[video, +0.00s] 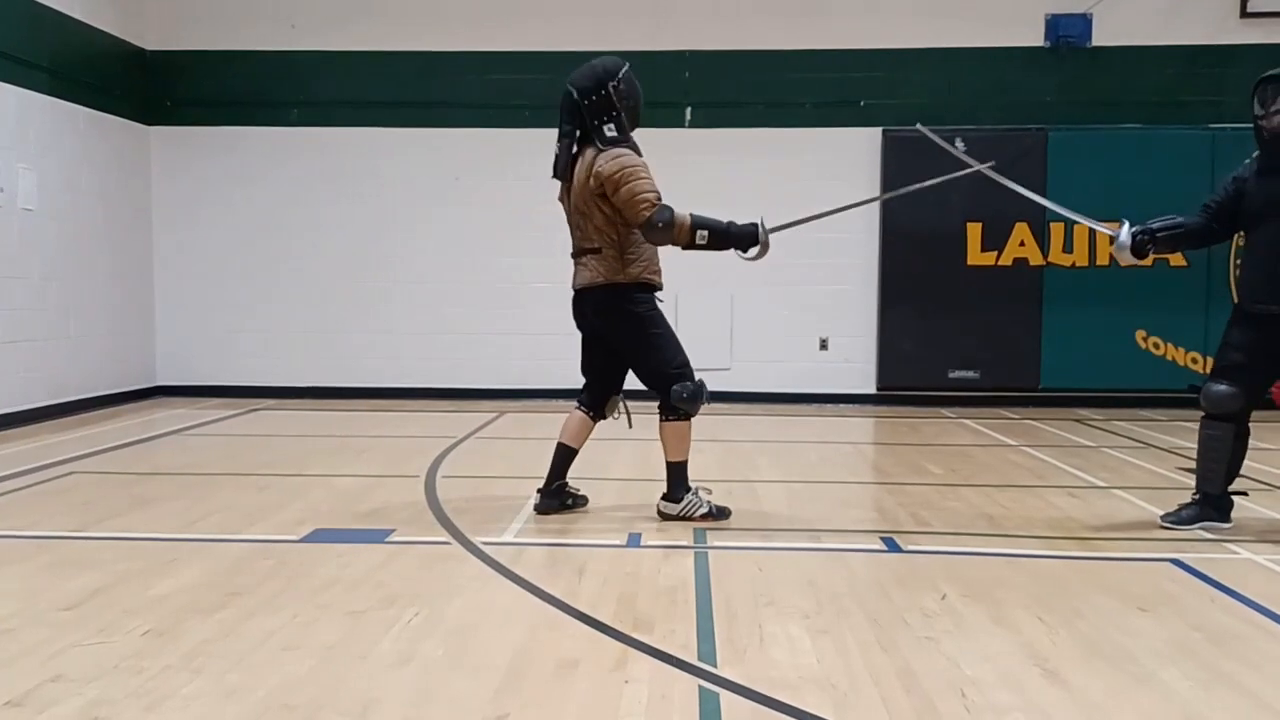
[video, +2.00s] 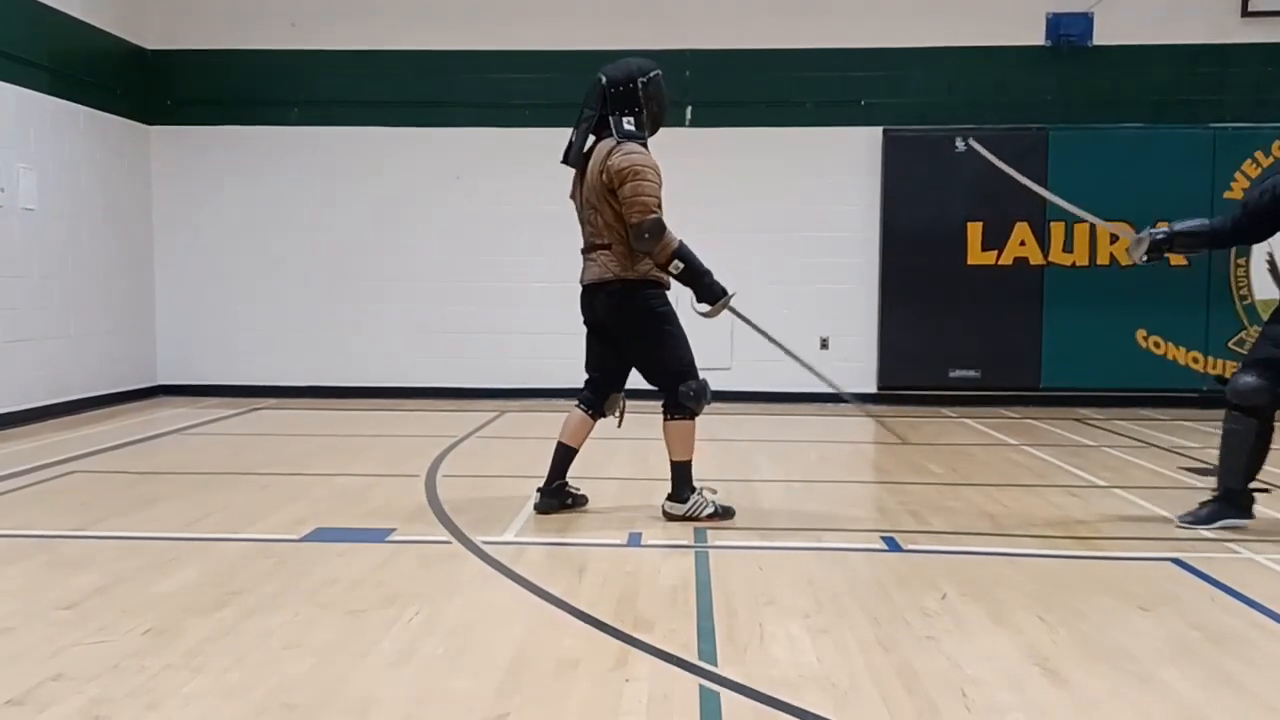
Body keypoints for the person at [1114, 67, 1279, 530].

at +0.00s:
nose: (1268, 121)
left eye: (1274, 113)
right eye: (1266, 112)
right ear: (1260, 118)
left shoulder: (1263, 172)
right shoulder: (1257, 172)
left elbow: (1212, 223)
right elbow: (1212, 223)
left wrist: (1146, 239)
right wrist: (1145, 237)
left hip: (1268, 308)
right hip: (1258, 307)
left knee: (1228, 394)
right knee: (1225, 394)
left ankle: (1212, 498)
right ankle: (1212, 499)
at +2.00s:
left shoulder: (1273, 191)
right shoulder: (1272, 189)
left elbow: (1238, 227)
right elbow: (1238, 226)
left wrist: (1163, 237)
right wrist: (1165, 237)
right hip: (1279, 317)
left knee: (1252, 388)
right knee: (1251, 388)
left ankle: (1233, 498)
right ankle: (1232, 497)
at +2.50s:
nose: (1270, 118)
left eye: (1277, 110)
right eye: (1267, 110)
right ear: (1256, 117)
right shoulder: (1252, 173)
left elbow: (1199, 218)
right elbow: (1199, 218)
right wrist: (1127, 226)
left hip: (1270, 313)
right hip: (1255, 311)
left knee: (1224, 396)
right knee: (1220, 397)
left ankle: (1201, 498)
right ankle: (1200, 500)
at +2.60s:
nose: (1274, 118)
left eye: (1279, 110)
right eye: (1270, 110)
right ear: (1258, 118)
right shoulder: (1253, 174)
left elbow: (1201, 218)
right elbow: (1201, 218)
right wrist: (1128, 225)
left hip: (1271, 315)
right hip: (1256, 313)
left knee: (1227, 396)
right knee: (1222, 398)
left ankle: (1202, 498)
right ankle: (1201, 500)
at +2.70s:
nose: (1272, 120)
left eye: (1277, 111)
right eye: (1269, 111)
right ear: (1260, 117)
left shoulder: (1264, 174)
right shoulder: (1258, 173)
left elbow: (1207, 219)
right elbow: (1207, 219)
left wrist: (1135, 227)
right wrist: (1134, 226)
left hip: (1270, 314)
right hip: (1260, 311)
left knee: (1231, 397)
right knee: (1227, 398)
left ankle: (1202, 498)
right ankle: (1201, 500)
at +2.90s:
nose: (1273, 123)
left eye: (1276, 115)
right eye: (1271, 114)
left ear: (1277, 122)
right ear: (1266, 120)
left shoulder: (1263, 178)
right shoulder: (1261, 176)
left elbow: (1212, 219)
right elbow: (1212, 220)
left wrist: (1140, 230)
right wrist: (1140, 229)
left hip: (1270, 317)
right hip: (1264, 314)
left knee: (1235, 398)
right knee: (1231, 398)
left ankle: (1202, 498)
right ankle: (1202, 499)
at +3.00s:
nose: (1274, 124)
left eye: (1277, 116)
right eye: (1272, 115)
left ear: (1277, 123)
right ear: (1266, 121)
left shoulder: (1263, 180)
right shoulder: (1261, 177)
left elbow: (1210, 219)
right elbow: (1210, 219)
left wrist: (1136, 229)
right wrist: (1135, 228)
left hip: (1270, 319)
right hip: (1264, 315)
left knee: (1234, 398)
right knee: (1230, 398)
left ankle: (1203, 499)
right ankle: (1202, 500)